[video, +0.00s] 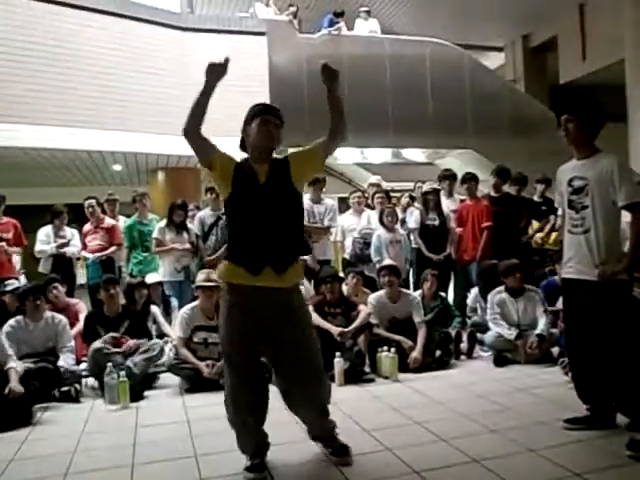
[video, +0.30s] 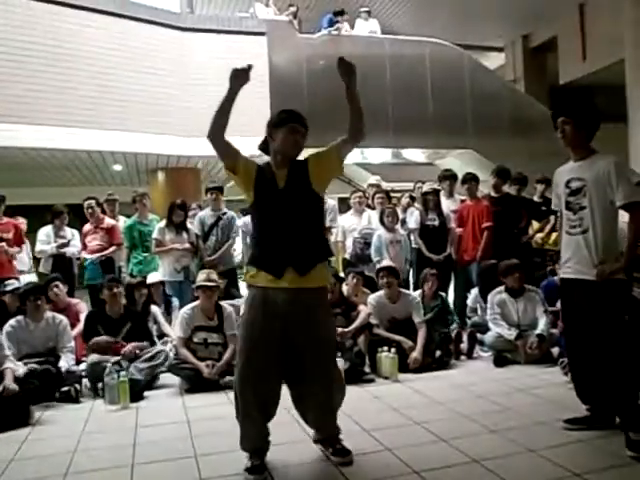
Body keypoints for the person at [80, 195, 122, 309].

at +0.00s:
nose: (90, 210)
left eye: (93, 207)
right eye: (87, 207)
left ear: (99, 207)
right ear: (85, 210)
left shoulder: (111, 224)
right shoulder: (86, 228)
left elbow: (117, 244)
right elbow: (83, 246)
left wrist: (101, 254)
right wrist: (85, 254)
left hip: (106, 259)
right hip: (91, 261)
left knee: (110, 289)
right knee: (93, 290)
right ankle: (97, 316)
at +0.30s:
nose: (90, 211)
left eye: (92, 207)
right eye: (87, 208)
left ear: (99, 208)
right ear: (85, 211)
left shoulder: (110, 224)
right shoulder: (86, 228)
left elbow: (118, 244)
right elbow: (84, 246)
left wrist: (100, 255)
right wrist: (83, 255)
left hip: (105, 261)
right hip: (90, 263)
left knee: (110, 292)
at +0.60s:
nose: (90, 211)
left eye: (92, 207)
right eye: (87, 209)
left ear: (98, 208)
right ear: (85, 211)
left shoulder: (110, 224)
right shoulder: (86, 228)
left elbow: (117, 244)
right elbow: (84, 246)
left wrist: (100, 256)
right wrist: (84, 255)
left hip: (105, 259)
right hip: (90, 261)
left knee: (109, 290)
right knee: (94, 292)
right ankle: (97, 318)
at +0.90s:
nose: (89, 212)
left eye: (92, 208)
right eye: (86, 209)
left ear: (99, 208)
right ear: (84, 211)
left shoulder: (111, 224)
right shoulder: (87, 228)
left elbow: (118, 244)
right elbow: (85, 247)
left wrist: (101, 256)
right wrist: (88, 255)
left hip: (106, 261)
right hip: (91, 263)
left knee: (109, 296)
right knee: (95, 300)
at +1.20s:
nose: (91, 214)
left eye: (93, 210)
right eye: (88, 211)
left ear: (100, 208)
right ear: (86, 211)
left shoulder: (112, 224)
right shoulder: (88, 227)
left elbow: (119, 244)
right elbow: (86, 247)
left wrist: (102, 256)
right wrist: (93, 256)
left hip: (107, 259)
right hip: (93, 260)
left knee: (108, 291)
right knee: (94, 292)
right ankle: (98, 318)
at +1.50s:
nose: (91, 213)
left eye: (93, 210)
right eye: (88, 211)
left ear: (100, 208)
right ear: (86, 211)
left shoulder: (112, 224)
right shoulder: (87, 223)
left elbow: (119, 244)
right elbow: (84, 243)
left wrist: (101, 255)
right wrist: (90, 254)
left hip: (107, 258)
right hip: (92, 258)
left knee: (109, 289)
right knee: (94, 290)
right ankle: (97, 316)